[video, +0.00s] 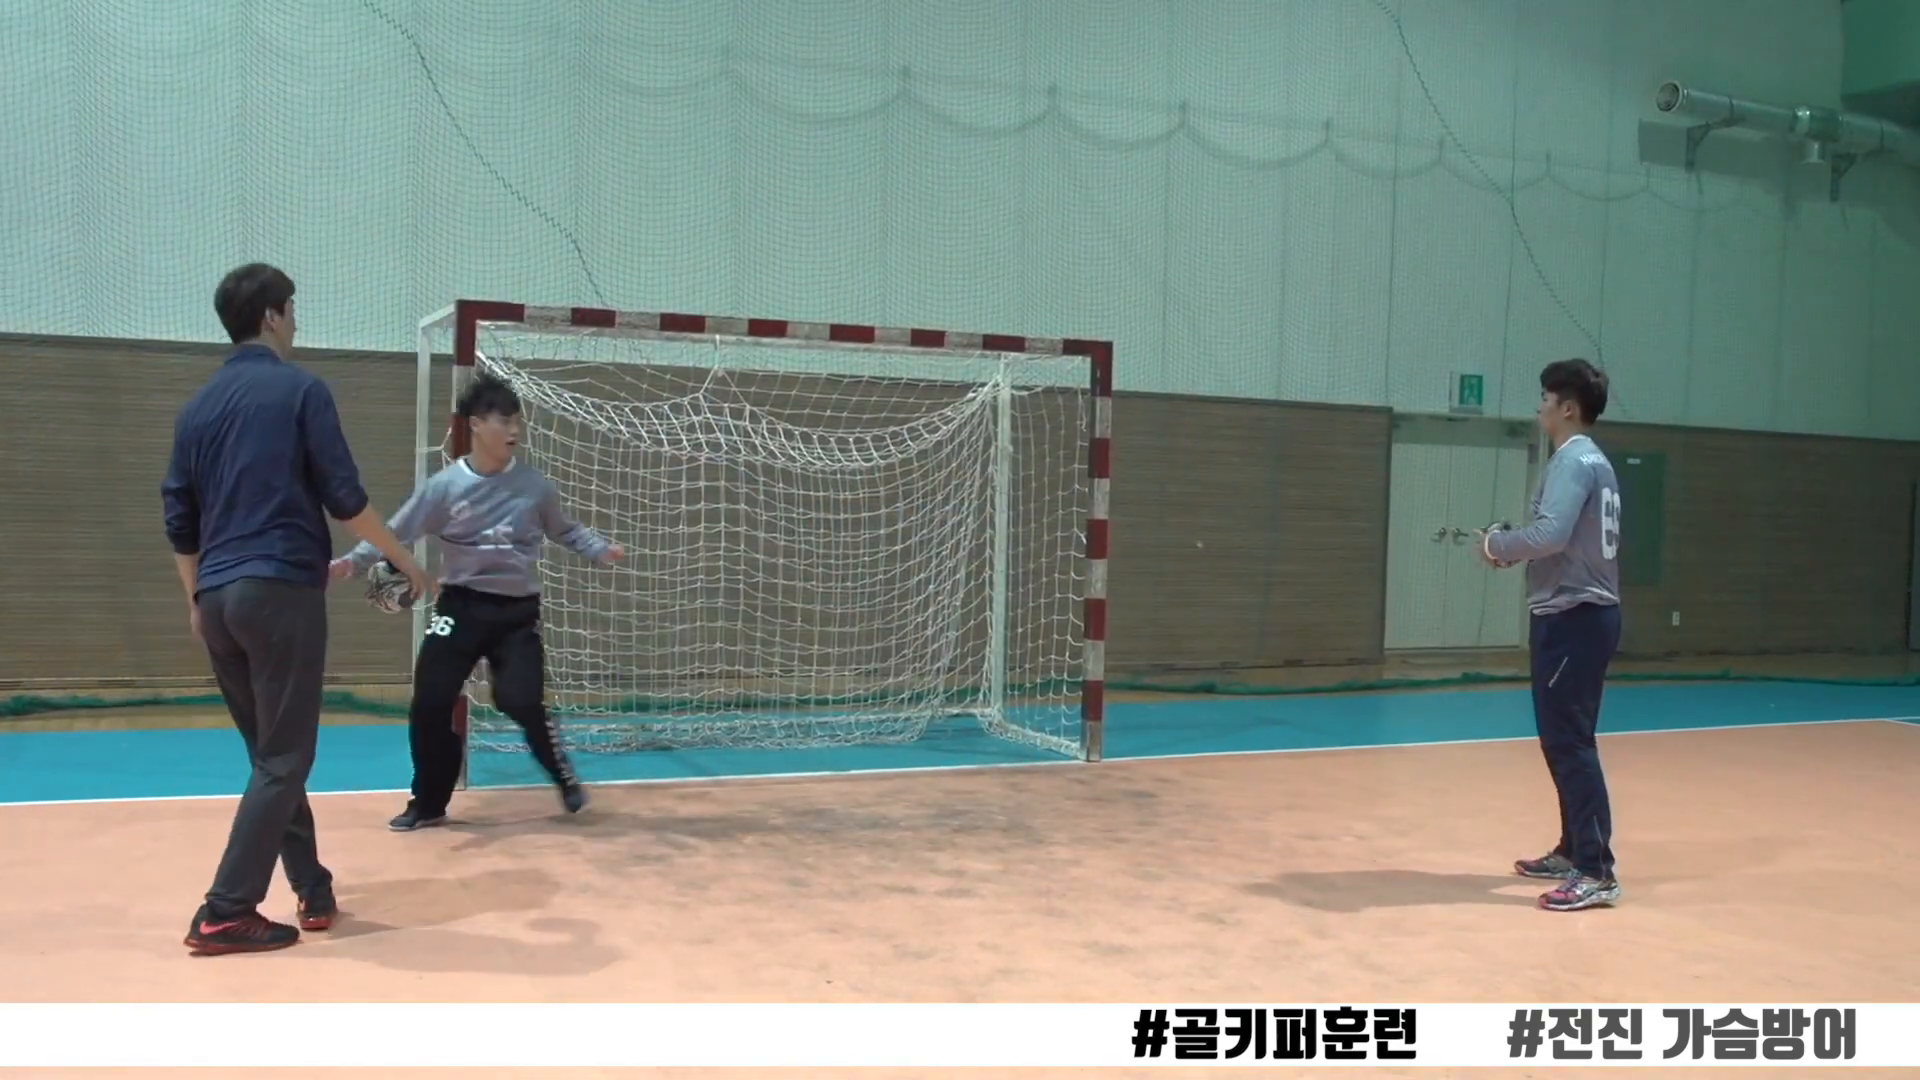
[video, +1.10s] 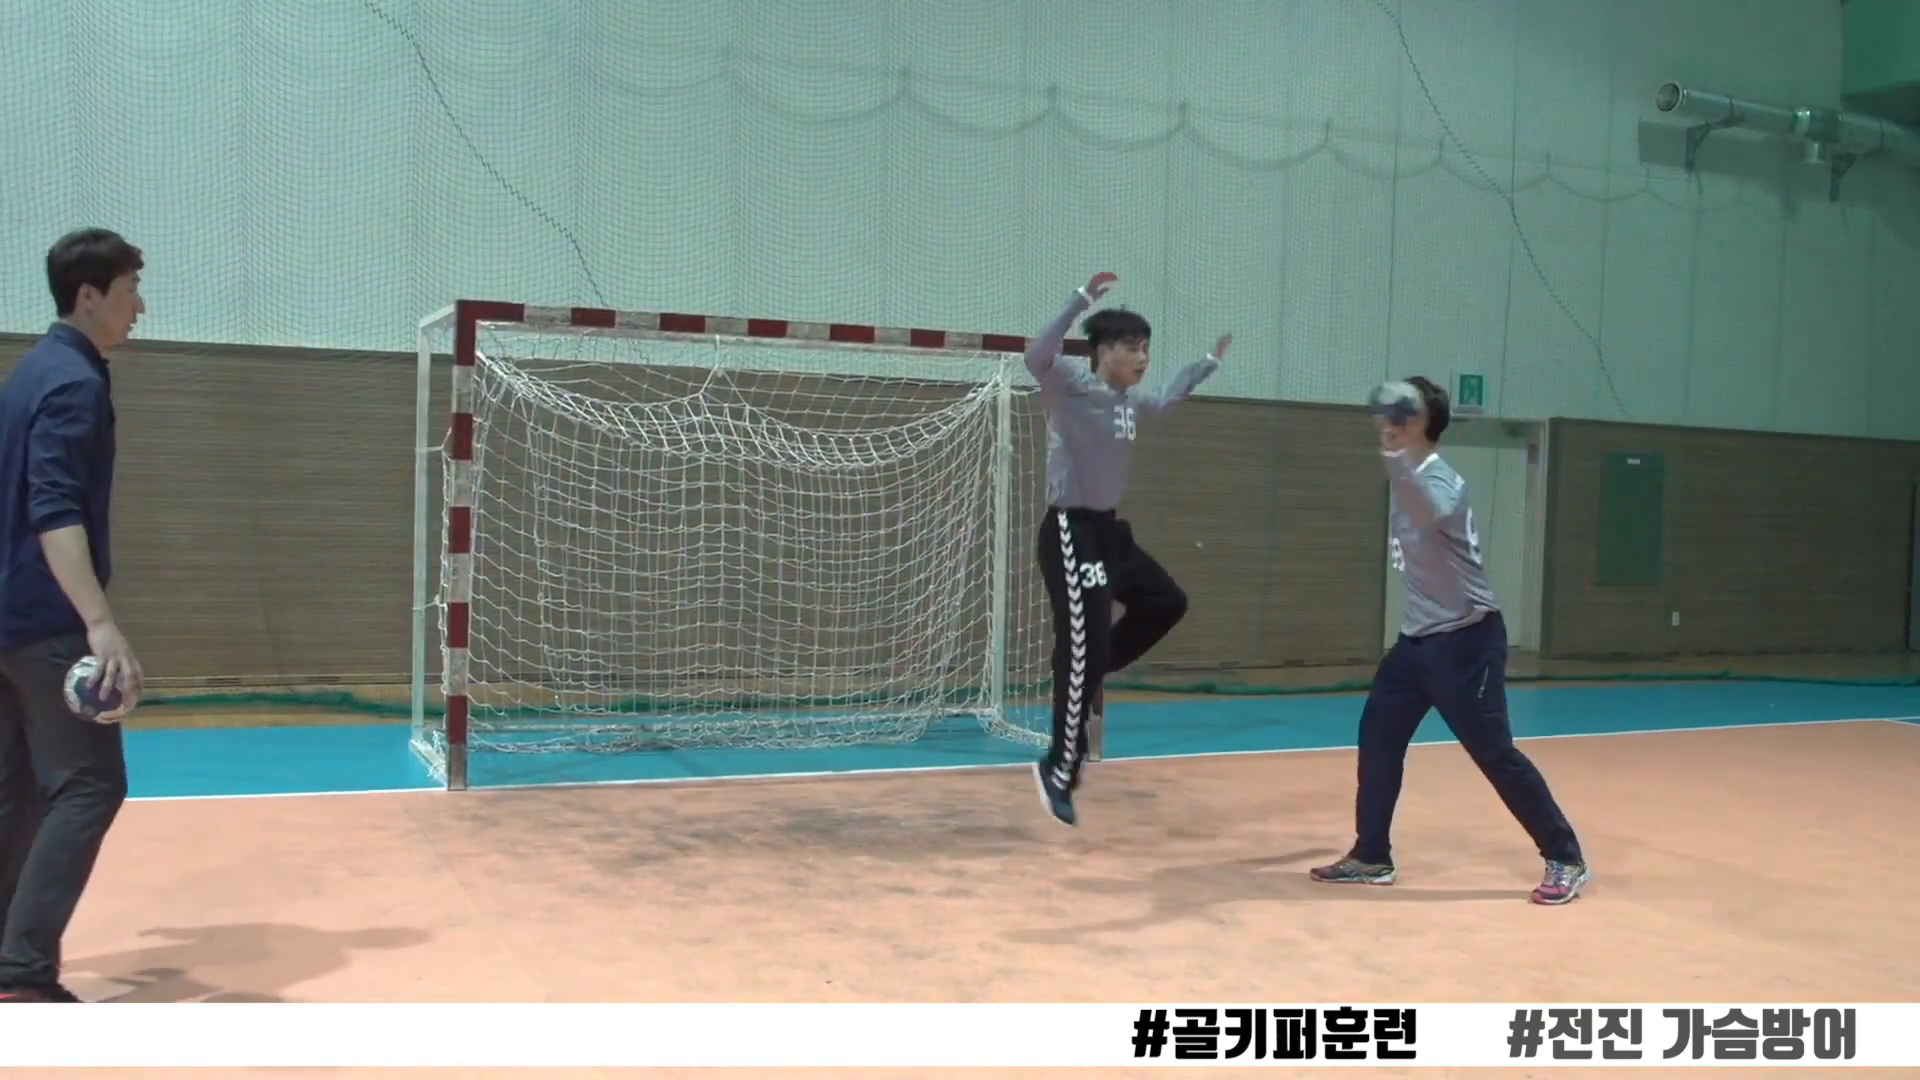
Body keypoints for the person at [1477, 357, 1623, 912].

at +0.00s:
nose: (1539, 408)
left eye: (1545, 399)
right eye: (1542, 398)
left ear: (1567, 405)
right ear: (1576, 408)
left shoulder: (1573, 460)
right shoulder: (1592, 461)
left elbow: (1552, 535)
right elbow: (1563, 538)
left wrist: (1499, 544)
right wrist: (1509, 546)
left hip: (1573, 619)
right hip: (1581, 616)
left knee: (1566, 740)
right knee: (1568, 739)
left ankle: (1597, 873)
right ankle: (1574, 852)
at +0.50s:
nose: (1511, 414)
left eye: (1519, 404)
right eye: (1515, 404)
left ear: (1544, 413)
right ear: (1541, 413)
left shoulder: (1566, 459)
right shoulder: (1534, 474)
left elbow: (1610, 498)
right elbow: (1515, 542)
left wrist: (1538, 520)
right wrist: (1468, 572)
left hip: (1565, 619)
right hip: (1538, 620)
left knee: (1544, 733)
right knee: (1555, 734)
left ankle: (1584, 867)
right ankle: (1573, 852)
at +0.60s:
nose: (1498, 417)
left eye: (1506, 409)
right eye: (1500, 408)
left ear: (1532, 416)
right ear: (1526, 416)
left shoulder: (1573, 464)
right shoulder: (1507, 477)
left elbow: (1641, 479)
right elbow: (1503, 549)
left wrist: (1590, 469)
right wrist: (1459, 588)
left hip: (1560, 623)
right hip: (1521, 624)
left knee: (1543, 738)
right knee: (1537, 738)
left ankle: (1582, 867)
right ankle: (1567, 852)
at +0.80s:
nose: (1464, 428)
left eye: (1472, 420)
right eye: (1466, 419)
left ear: (1499, 427)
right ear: (1494, 428)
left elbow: (1618, 470)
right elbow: (1468, 547)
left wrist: (1604, 409)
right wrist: (1451, 600)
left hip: (1543, 631)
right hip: (1488, 631)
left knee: (1543, 743)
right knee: (1457, 726)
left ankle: (1578, 867)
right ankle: (1526, 822)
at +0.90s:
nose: (1436, 433)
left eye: (1442, 425)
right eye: (1438, 424)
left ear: (1470, 432)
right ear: (1466, 431)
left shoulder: (1521, 482)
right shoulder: (1450, 481)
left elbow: (1575, 487)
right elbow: (1462, 552)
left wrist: (1571, 423)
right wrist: (1455, 609)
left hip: (1524, 636)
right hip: (1467, 634)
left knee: (1535, 750)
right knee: (1422, 717)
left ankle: (1576, 868)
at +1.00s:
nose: (1409, 434)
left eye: (1414, 426)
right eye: (1410, 425)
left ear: (1438, 433)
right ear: (1438, 431)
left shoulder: (1478, 484)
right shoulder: (1432, 486)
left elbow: (1509, 514)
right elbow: (1451, 554)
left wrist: (1503, 447)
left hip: (1494, 638)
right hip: (1441, 639)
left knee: (1520, 754)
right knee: (1397, 736)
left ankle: (1574, 867)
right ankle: (1367, 847)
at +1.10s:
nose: (1391, 424)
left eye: (1404, 415)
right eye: (1387, 415)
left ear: (1429, 424)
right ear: (1385, 423)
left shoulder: (1443, 477)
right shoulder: (1405, 475)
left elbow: (1428, 515)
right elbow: (1426, 549)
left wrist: (1397, 462)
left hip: (1467, 637)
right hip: (1418, 639)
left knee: (1494, 753)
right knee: (1379, 736)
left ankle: (1565, 858)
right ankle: (1371, 855)